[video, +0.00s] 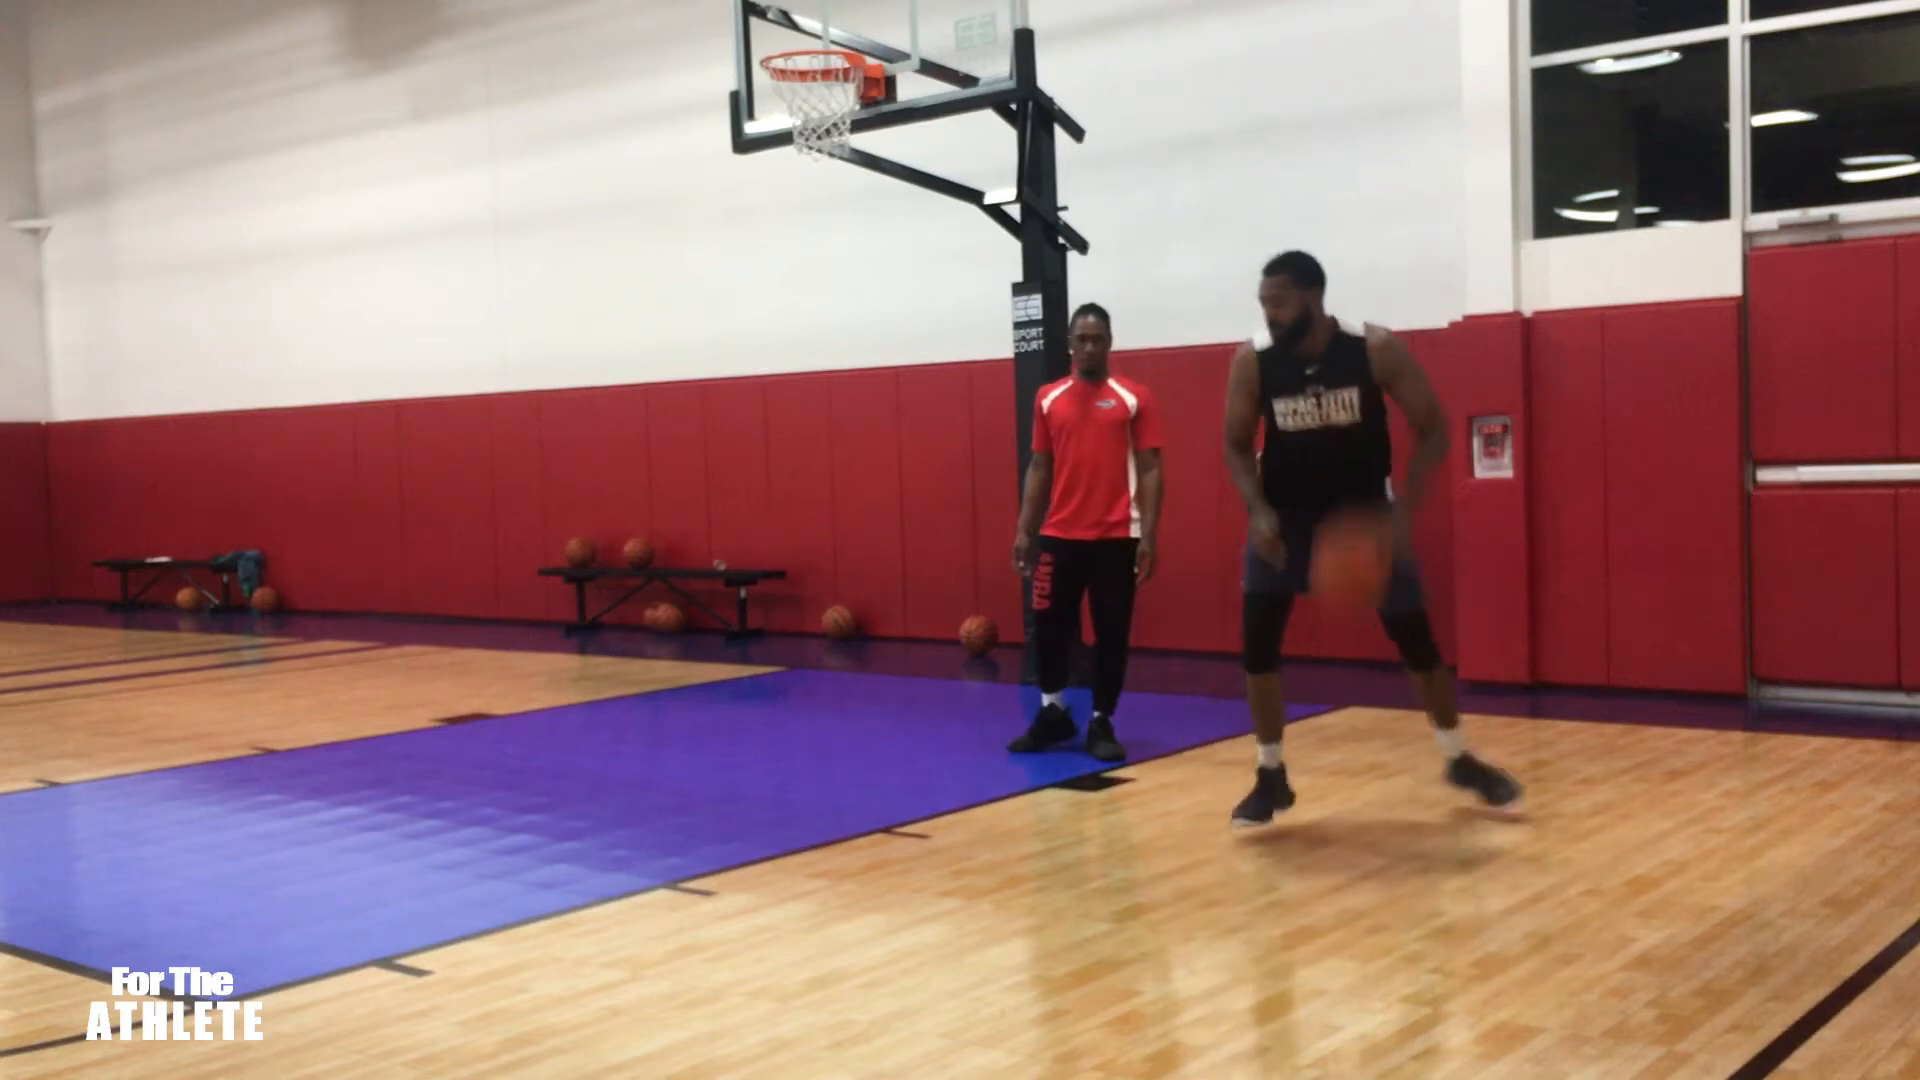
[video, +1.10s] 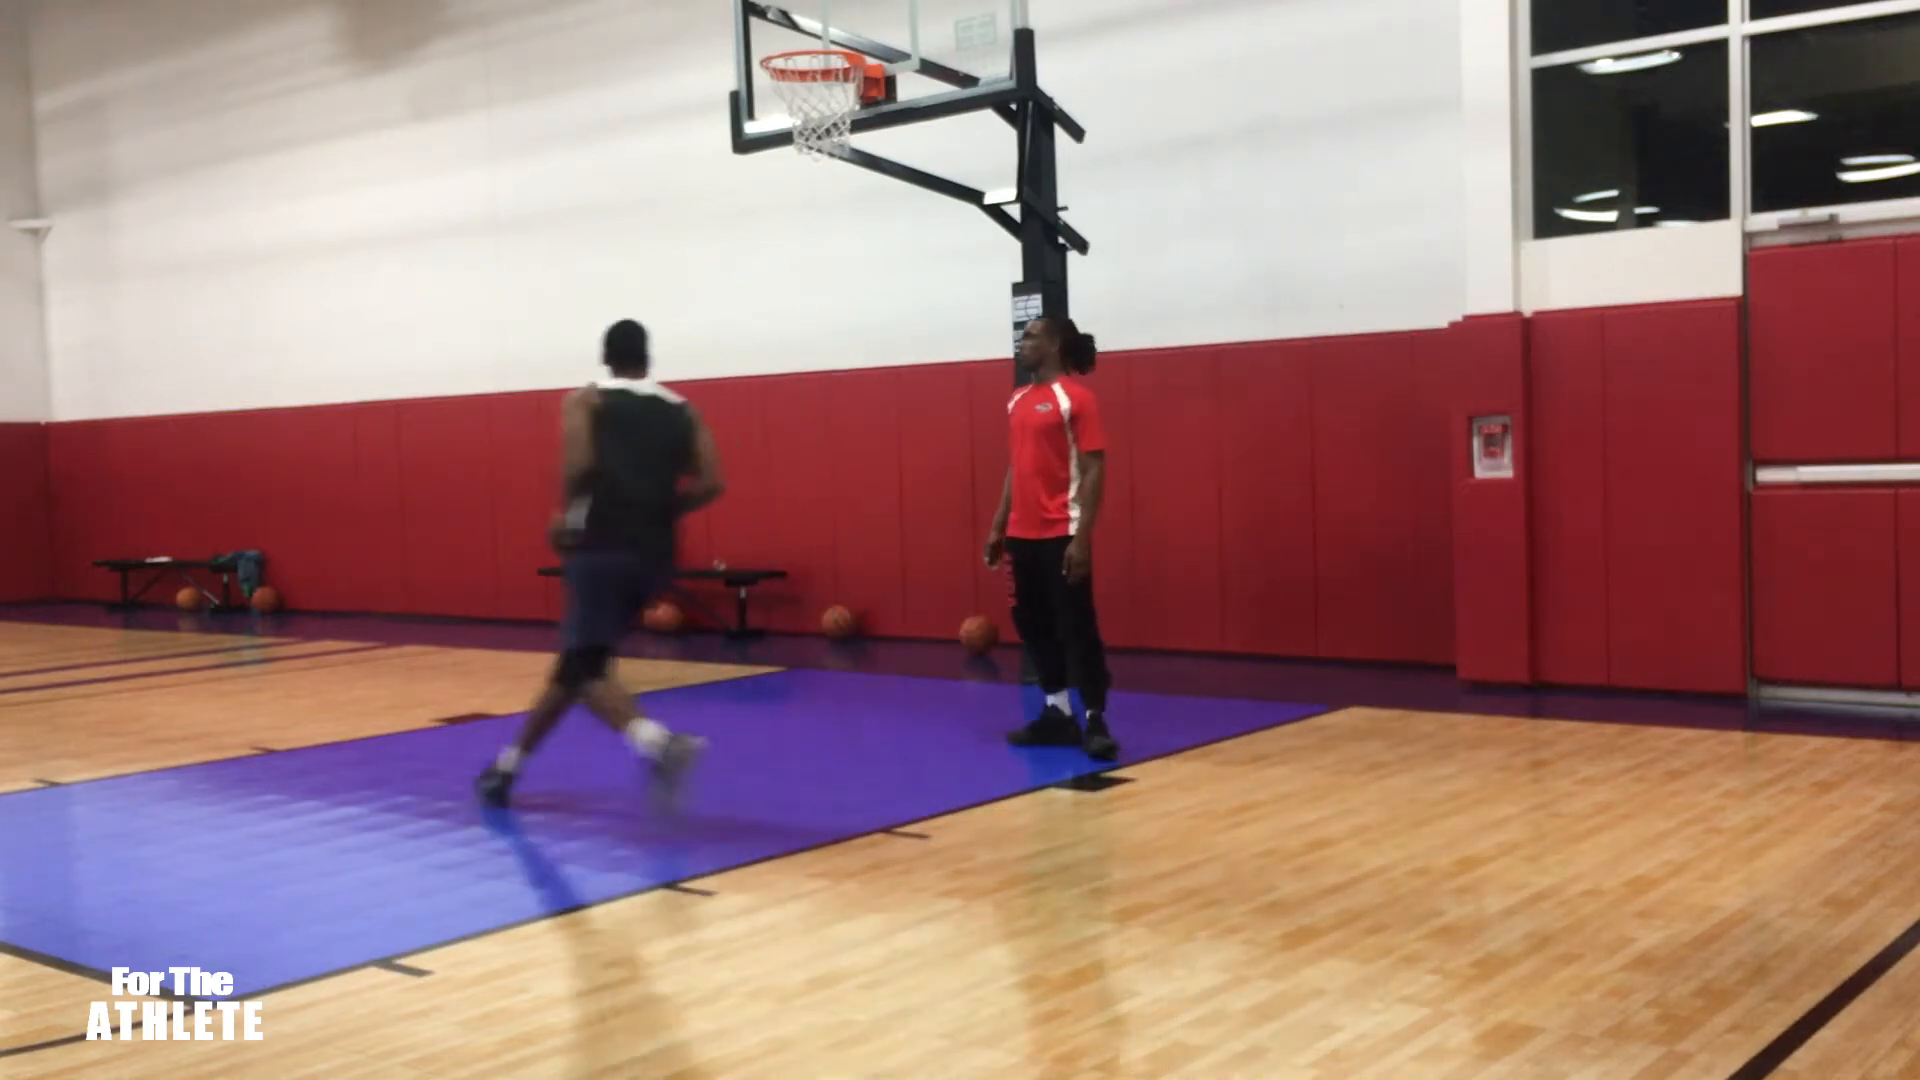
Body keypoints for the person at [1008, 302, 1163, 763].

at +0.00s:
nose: (1089, 347)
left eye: (1097, 339)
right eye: (1082, 339)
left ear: (1111, 344)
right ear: (1070, 344)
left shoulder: (1135, 399)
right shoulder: (1050, 398)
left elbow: (1150, 468)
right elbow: (1039, 469)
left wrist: (1149, 535)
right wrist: (1024, 532)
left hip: (1115, 537)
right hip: (1060, 536)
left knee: (1112, 634)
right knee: (1049, 623)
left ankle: (1102, 722)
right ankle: (1052, 712)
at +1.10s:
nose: (1022, 343)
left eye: (1032, 337)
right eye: (1023, 336)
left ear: (1056, 346)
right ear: (1031, 346)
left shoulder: (1077, 395)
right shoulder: (1018, 399)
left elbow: (1092, 468)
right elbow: (1016, 467)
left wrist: (1082, 538)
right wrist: (998, 528)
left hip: (1062, 536)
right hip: (1024, 536)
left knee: (1076, 625)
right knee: (1034, 622)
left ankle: (1095, 720)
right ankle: (1057, 711)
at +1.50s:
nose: (1005, 340)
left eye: (1015, 336)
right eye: (1008, 334)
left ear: (1035, 349)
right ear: (1022, 348)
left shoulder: (1039, 394)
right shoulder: (1016, 395)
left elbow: (1046, 465)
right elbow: (1014, 471)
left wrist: (1022, 533)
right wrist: (1000, 530)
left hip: (1035, 532)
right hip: (1021, 530)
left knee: (1018, 621)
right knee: (1031, 621)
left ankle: (1029, 715)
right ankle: (1057, 709)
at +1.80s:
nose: (985, 337)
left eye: (995, 335)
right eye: (990, 331)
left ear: (1009, 352)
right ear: (1004, 352)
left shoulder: (1007, 394)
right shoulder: (998, 394)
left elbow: (1012, 467)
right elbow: (1004, 466)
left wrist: (989, 536)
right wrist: (987, 528)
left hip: (1010, 534)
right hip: (1013, 532)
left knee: (984, 626)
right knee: (1031, 621)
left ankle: (962, 714)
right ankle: (1059, 710)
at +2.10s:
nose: (949, 339)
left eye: (958, 337)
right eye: (954, 334)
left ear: (970, 352)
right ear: (977, 356)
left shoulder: (965, 397)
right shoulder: (972, 395)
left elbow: (966, 470)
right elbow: (974, 468)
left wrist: (945, 538)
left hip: (970, 533)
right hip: (979, 531)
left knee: (960, 620)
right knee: (974, 617)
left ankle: (956, 717)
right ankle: (1037, 694)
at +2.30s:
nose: (929, 341)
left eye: (938, 337)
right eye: (935, 335)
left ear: (949, 353)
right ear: (957, 358)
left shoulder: (942, 396)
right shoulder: (953, 395)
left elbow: (937, 467)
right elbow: (951, 466)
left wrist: (905, 534)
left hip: (952, 521)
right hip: (956, 519)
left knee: (946, 615)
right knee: (928, 607)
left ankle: (956, 716)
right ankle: (987, 685)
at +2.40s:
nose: (918, 345)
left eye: (925, 340)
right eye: (922, 339)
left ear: (937, 353)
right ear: (946, 357)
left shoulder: (931, 396)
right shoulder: (946, 396)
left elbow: (924, 466)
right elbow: (938, 464)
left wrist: (885, 532)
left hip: (941, 520)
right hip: (951, 518)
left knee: (922, 606)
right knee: (941, 610)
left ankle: (955, 713)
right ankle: (955, 708)